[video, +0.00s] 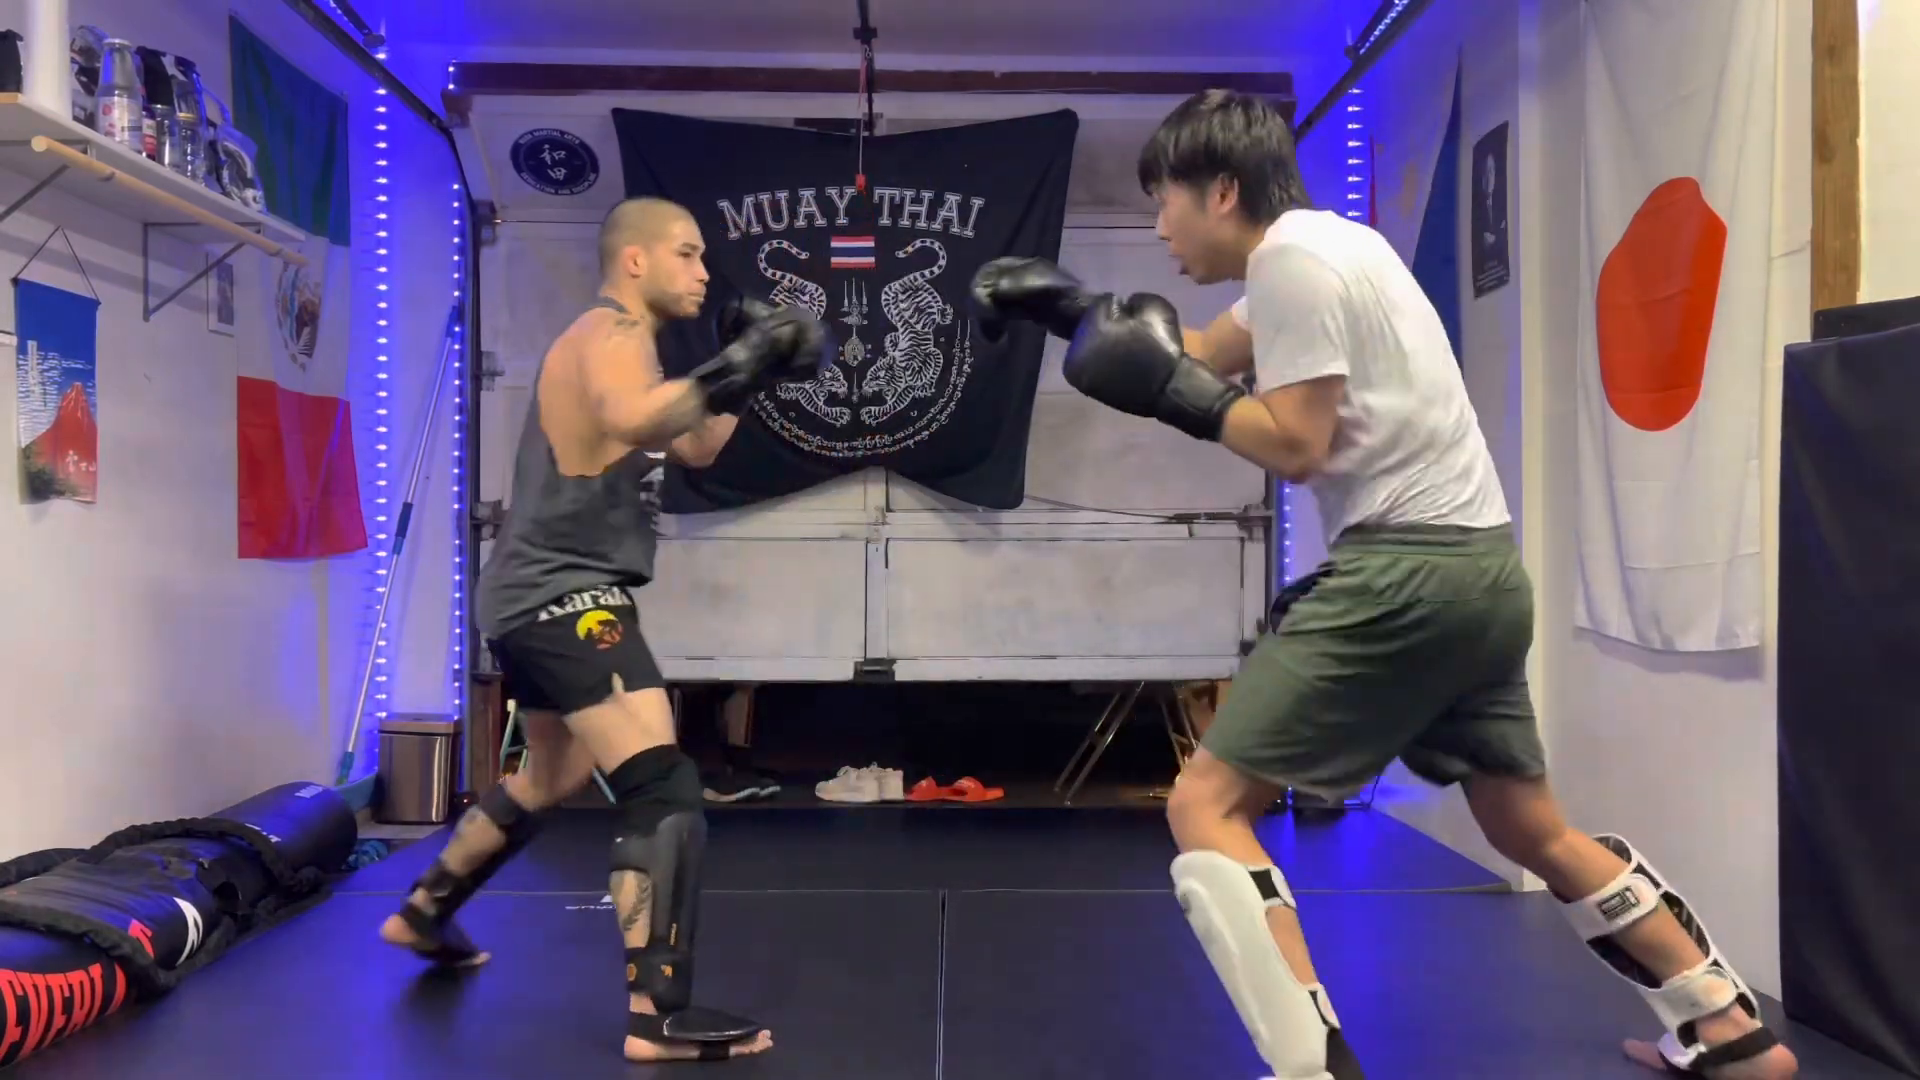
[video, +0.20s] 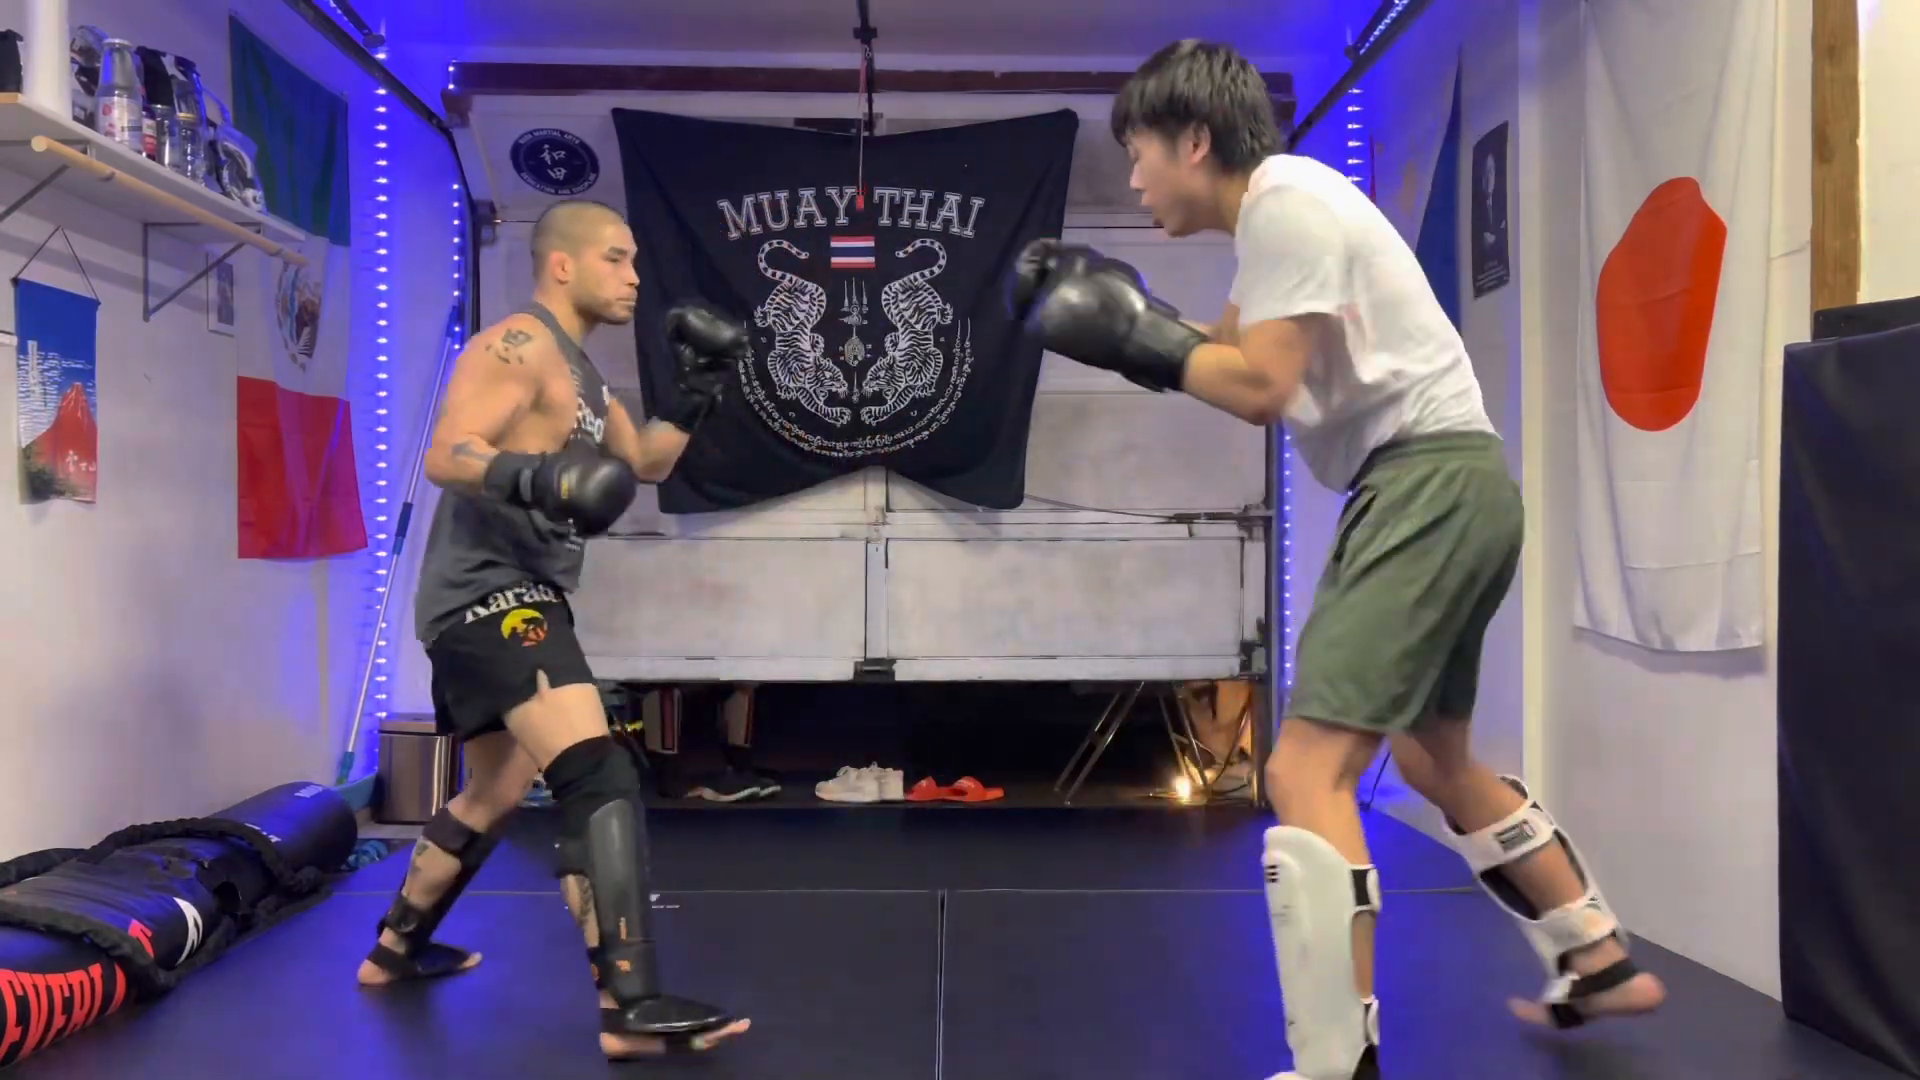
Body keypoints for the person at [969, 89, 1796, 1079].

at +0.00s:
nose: (1156, 218)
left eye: (1165, 193)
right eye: (1156, 196)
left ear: (1223, 193)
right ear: (1248, 187)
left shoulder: (1289, 260)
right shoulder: (1340, 247)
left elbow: (1298, 442)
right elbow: (1205, 360)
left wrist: (1168, 389)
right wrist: (1078, 307)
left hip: (1398, 574)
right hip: (1486, 571)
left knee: (1203, 802)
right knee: (1532, 828)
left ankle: (1311, 1061)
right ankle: (1732, 1027)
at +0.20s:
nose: (1133, 182)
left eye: (1140, 156)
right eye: (1130, 158)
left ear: (1198, 142)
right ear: (1210, 142)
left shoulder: (1287, 203)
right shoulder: (1289, 203)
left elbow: (1270, 385)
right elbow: (1252, 353)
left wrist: (1137, 339)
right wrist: (1136, 315)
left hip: (1422, 485)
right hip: (1454, 483)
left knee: (1307, 770)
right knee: (1438, 755)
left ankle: (1332, 1058)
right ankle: (1599, 962)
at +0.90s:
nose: (1132, 225)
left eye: (1144, 203)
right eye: (1131, 207)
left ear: (1197, 203)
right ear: (1191, 209)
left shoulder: (1251, 262)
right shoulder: (1208, 296)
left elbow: (1292, 393)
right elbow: (1169, 423)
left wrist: (1169, 390)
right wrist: (1121, 323)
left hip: (1270, 544)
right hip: (1242, 543)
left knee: (1201, 769)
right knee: (1244, 756)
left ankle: (1376, 933)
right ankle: (1308, 910)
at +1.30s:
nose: (1060, 290)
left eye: (1067, 272)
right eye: (1059, 275)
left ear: (1112, 263)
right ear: (1132, 270)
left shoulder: (1127, 317)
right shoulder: (1191, 328)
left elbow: (1009, 364)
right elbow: (1118, 456)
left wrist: (887, 350)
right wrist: (1062, 368)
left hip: (1200, 552)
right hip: (1251, 556)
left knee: (1130, 766)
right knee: (1186, 734)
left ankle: (1158, 965)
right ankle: (1240, 884)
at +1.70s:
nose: (1007, 287)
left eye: (1014, 269)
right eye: (1005, 271)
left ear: (1059, 262)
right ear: (1069, 266)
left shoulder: (1086, 315)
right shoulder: (1133, 319)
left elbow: (1078, 425)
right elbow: (1069, 439)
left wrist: (991, 409)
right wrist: (1018, 373)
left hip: (1138, 545)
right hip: (1187, 547)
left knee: (1003, 716)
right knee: (1154, 715)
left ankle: (1090, 882)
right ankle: (1232, 875)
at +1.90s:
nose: (955, 299)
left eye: (963, 281)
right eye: (955, 283)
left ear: (1006, 276)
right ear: (1023, 281)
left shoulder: (1020, 324)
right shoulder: (1091, 335)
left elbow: (931, 388)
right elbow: (1027, 468)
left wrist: (822, 358)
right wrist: (968, 384)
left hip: (1081, 556)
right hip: (1145, 559)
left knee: (963, 741)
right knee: (1124, 727)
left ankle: (999, 934)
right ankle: (1209, 882)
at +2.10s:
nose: (891, 304)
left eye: (900, 287)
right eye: (890, 289)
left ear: (952, 281)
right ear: (966, 284)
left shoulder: (943, 334)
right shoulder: (1037, 338)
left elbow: (823, 361)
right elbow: (1048, 450)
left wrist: (716, 333)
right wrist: (997, 546)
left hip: (1033, 562)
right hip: (1097, 566)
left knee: (886, 733)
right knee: (1064, 728)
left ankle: (903, 928)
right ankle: (1150, 888)